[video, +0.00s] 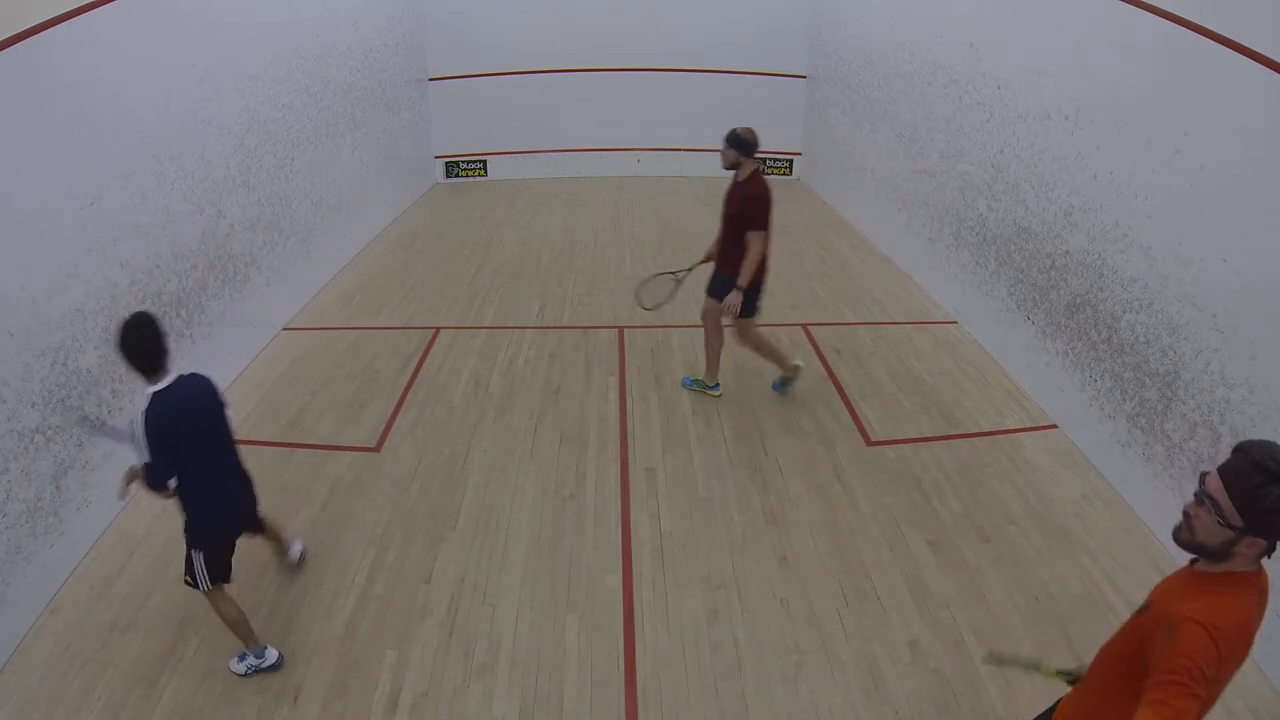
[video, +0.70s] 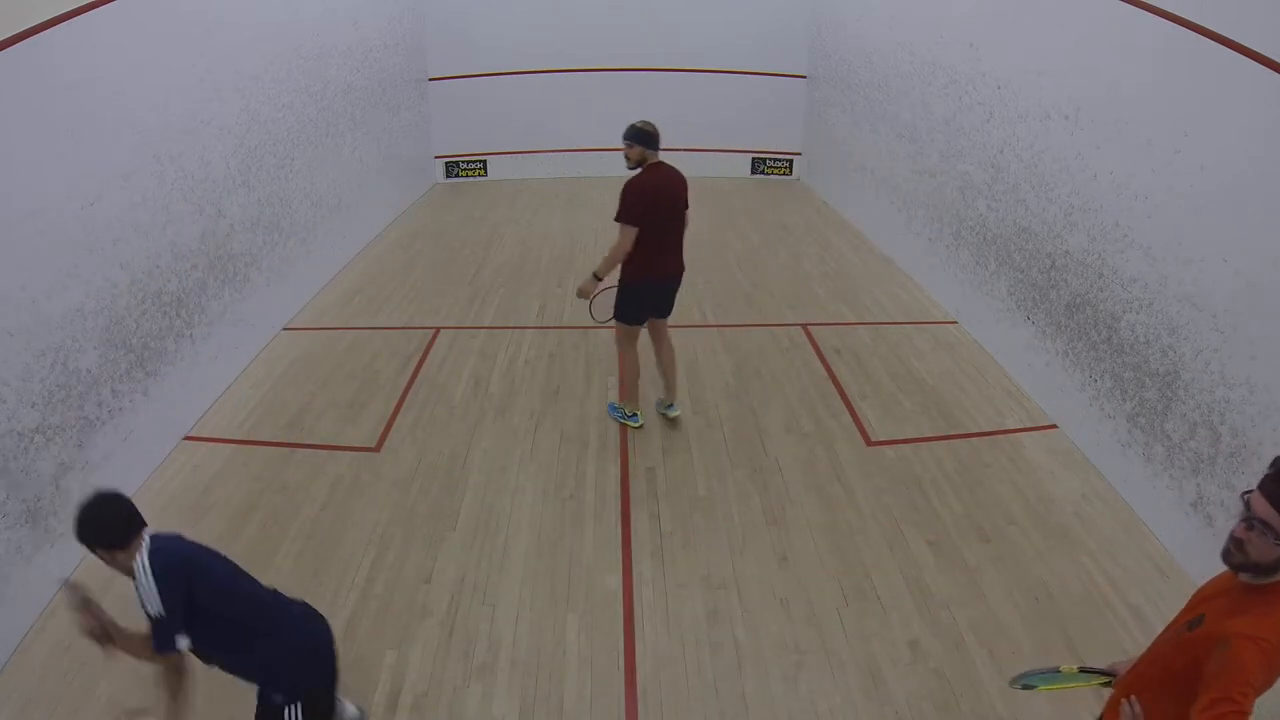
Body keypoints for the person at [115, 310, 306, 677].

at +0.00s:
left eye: (133, 353)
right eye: (159, 343)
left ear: (131, 363)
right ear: (166, 347)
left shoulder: (154, 415)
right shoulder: (200, 384)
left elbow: (163, 487)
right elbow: (221, 435)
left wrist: (140, 473)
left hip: (206, 512)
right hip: (238, 486)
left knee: (210, 586)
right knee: (252, 522)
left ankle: (259, 653)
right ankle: (290, 549)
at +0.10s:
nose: (101, 367)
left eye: (98, 362)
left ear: (100, 370)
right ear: (135, 348)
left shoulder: (130, 416)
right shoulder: (176, 381)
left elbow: (143, 488)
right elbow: (198, 444)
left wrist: (112, 497)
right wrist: (160, 490)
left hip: (203, 517)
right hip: (233, 490)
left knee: (230, 593)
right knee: (236, 555)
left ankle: (258, 662)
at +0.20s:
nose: (80, 408)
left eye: (77, 400)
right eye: (77, 399)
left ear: (85, 401)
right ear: (114, 376)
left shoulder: (124, 445)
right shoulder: (157, 402)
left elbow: (144, 524)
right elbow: (173, 479)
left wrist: (109, 532)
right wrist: (119, 523)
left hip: (208, 545)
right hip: (233, 515)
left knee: (234, 631)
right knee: (213, 599)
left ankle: (291, 705)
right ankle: (231, 657)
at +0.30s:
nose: (80, 460)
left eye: (76, 451)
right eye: (74, 453)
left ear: (90, 446)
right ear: (110, 424)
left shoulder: (138, 486)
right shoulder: (151, 447)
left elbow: (157, 567)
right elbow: (154, 541)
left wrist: (117, 586)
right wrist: (120, 581)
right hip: (225, 548)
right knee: (195, 614)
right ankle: (253, 654)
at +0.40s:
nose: (80, 500)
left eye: (77, 491)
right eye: (75, 492)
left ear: (90, 484)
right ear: (112, 462)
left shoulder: (145, 519)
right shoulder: (151, 485)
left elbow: (161, 603)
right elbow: (155, 577)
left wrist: (126, 642)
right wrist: (119, 623)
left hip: (240, 608)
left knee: (260, 708)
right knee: (199, 636)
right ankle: (243, 662)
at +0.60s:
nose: (87, 543)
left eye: (82, 533)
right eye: (82, 535)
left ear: (94, 527)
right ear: (123, 500)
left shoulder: (141, 554)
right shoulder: (160, 529)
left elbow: (147, 653)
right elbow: (148, 628)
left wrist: (117, 712)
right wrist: (89, 649)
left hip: (273, 650)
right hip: (281, 623)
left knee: (288, 714)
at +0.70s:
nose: (101, 560)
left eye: (96, 552)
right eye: (96, 553)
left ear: (105, 550)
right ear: (136, 520)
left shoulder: (151, 569)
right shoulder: (164, 546)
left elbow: (169, 656)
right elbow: (170, 643)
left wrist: (173, 710)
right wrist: (114, 635)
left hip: (294, 666)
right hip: (303, 628)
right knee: (315, 702)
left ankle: (342, 713)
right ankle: (343, 711)